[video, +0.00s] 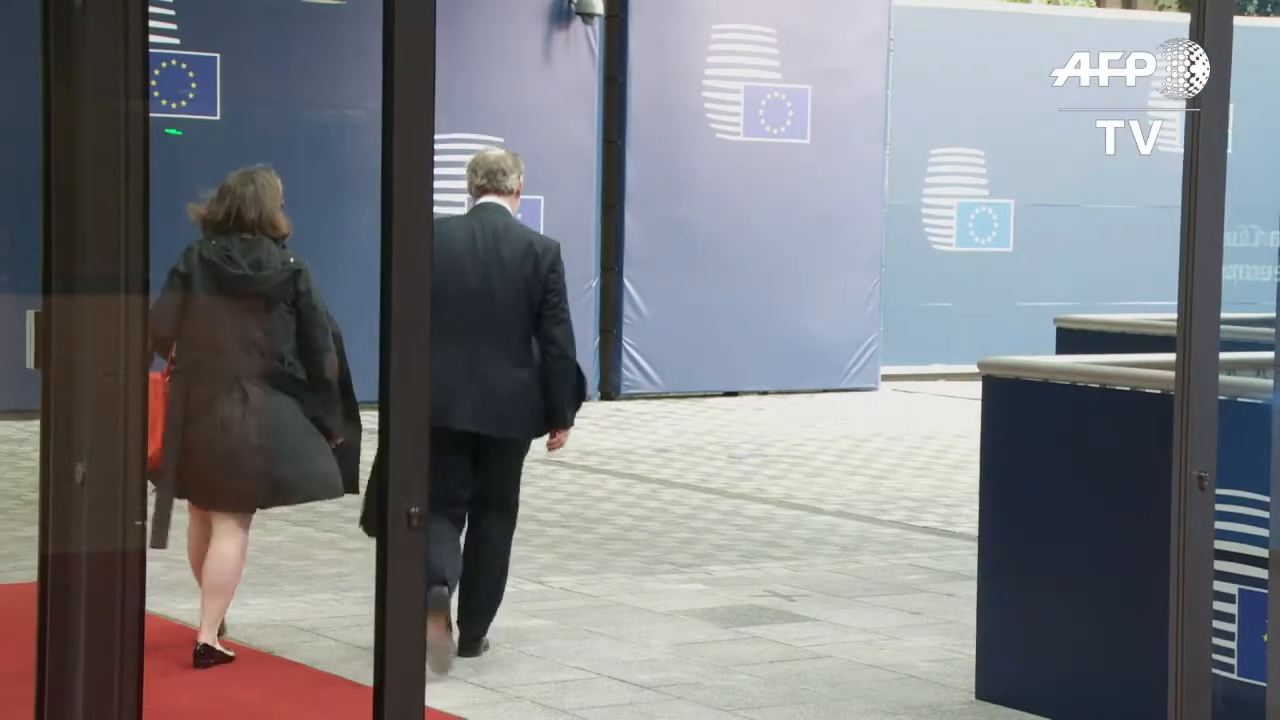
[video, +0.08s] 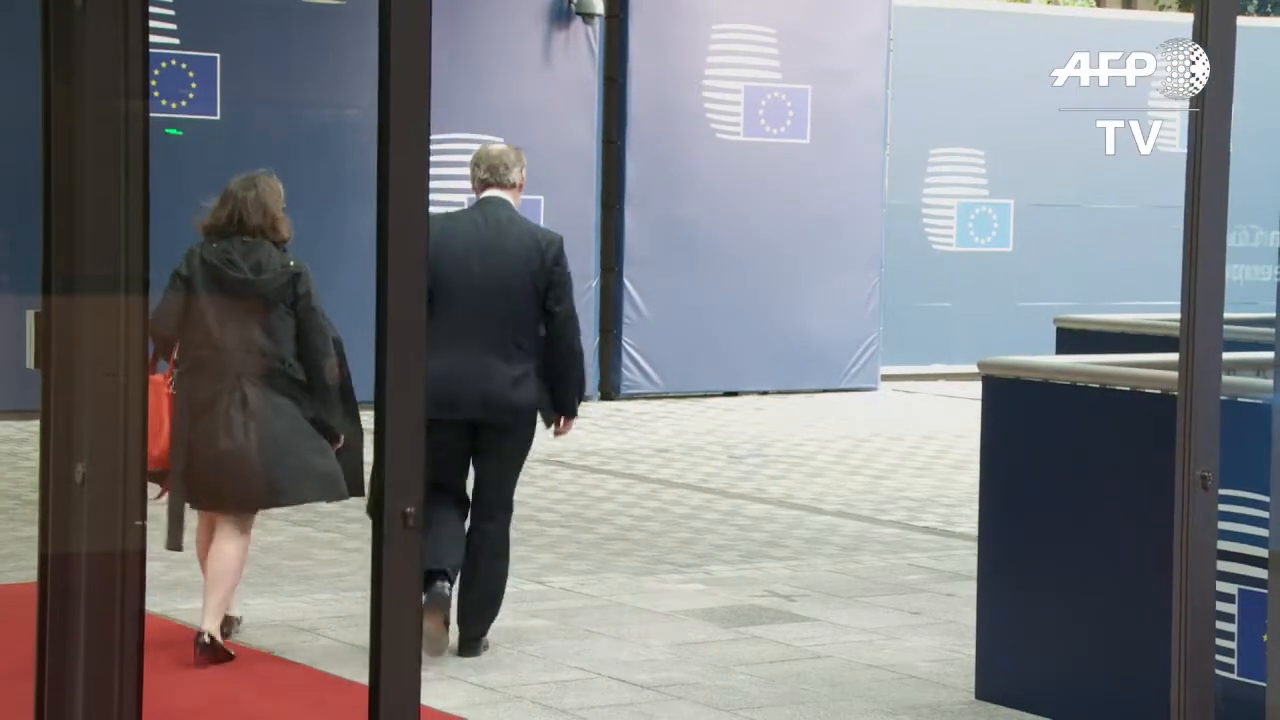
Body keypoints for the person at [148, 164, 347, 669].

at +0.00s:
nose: (283, 211)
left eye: (280, 202)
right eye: (279, 204)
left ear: (222, 206)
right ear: (270, 210)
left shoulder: (192, 262)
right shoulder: (290, 270)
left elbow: (159, 331)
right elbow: (323, 358)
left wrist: (184, 360)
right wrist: (331, 420)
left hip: (195, 403)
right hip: (255, 407)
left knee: (200, 516)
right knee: (230, 522)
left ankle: (216, 614)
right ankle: (207, 637)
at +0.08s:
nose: (285, 216)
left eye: (283, 208)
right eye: (281, 209)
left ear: (224, 210)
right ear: (273, 215)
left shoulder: (194, 266)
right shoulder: (291, 274)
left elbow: (161, 333)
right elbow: (320, 357)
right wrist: (332, 419)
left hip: (200, 406)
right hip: (259, 408)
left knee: (210, 517)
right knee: (234, 523)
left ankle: (224, 612)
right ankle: (210, 629)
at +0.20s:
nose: (285, 211)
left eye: (282, 202)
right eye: (281, 204)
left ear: (228, 205)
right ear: (272, 210)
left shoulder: (196, 259)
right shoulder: (290, 268)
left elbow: (167, 328)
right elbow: (315, 352)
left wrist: (190, 347)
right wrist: (329, 420)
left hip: (205, 402)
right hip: (266, 403)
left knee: (215, 512)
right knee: (256, 516)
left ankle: (220, 603)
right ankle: (225, 587)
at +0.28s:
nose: (288, 208)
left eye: (287, 199)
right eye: (285, 200)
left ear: (231, 200)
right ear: (273, 205)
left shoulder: (200, 253)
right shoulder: (290, 261)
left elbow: (168, 319)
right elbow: (311, 340)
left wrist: (195, 344)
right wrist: (319, 404)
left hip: (205, 392)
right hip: (264, 393)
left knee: (216, 505)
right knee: (266, 493)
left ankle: (224, 609)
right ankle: (241, 575)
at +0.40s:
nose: (293, 205)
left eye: (291, 197)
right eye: (290, 198)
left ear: (238, 197)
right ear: (279, 203)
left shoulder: (205, 248)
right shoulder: (295, 258)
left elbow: (173, 310)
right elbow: (308, 336)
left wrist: (195, 331)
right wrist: (309, 401)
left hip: (208, 387)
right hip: (268, 390)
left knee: (220, 502)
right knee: (269, 494)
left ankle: (226, 610)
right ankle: (256, 594)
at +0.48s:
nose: (297, 211)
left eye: (295, 203)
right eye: (294, 204)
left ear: (241, 202)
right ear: (283, 209)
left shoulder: (209, 253)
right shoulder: (297, 265)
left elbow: (177, 314)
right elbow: (308, 341)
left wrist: (189, 336)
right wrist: (309, 405)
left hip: (210, 389)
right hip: (269, 393)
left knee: (220, 502)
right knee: (270, 497)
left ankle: (226, 608)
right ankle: (264, 590)